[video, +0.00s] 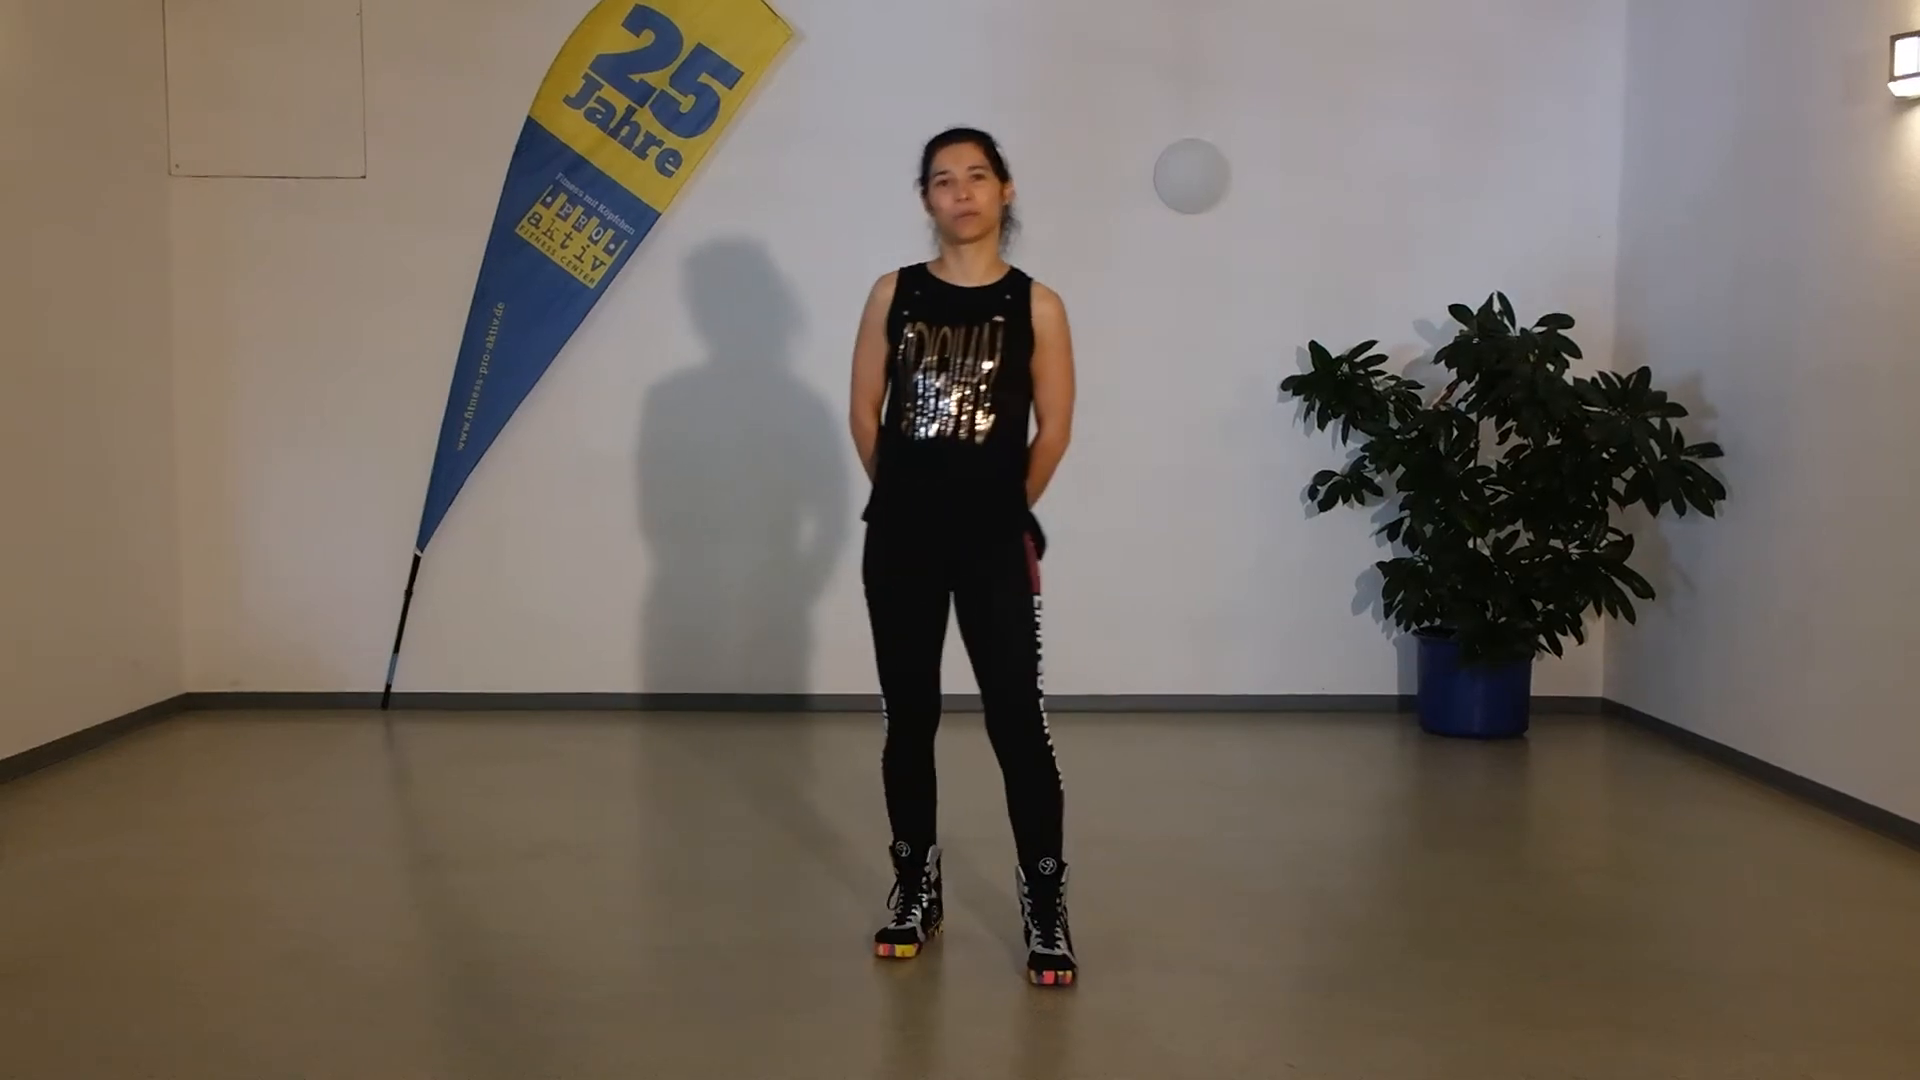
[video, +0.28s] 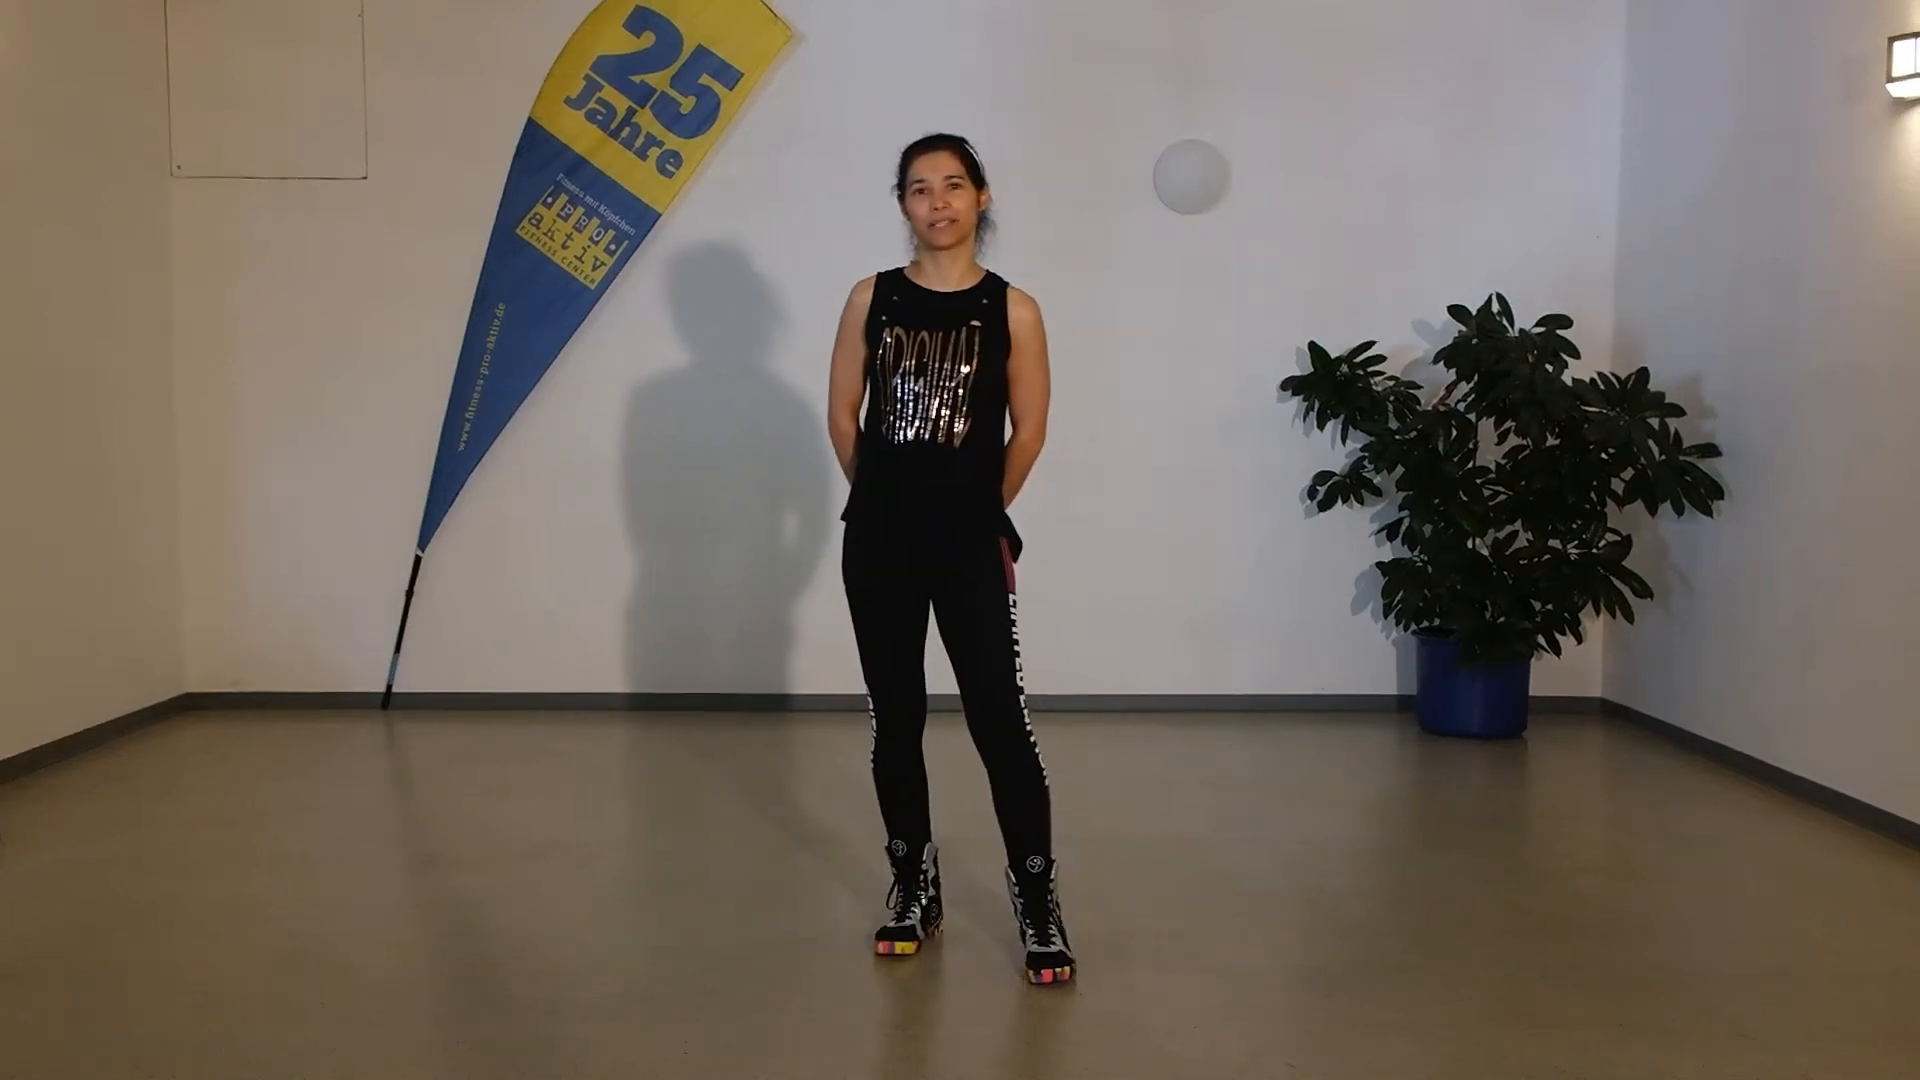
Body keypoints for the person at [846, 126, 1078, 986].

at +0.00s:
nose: (959, 191)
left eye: (975, 177)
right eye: (943, 181)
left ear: (1005, 194)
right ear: (925, 201)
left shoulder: (1036, 303)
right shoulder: (893, 293)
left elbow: (1055, 426)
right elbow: (864, 416)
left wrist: (1013, 510)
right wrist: (894, 494)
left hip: (993, 531)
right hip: (902, 529)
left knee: (1017, 724)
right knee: (908, 719)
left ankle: (1046, 910)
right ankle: (913, 893)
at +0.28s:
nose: (936, 200)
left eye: (951, 185)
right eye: (919, 189)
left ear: (980, 200)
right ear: (902, 206)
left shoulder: (1013, 309)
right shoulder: (872, 298)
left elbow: (1030, 433)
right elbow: (842, 421)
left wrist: (983, 515)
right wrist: (876, 500)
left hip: (971, 539)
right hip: (879, 535)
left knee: (999, 721)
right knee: (895, 719)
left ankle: (1037, 903)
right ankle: (912, 884)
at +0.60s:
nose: (924, 200)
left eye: (938, 185)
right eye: (907, 191)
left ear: (968, 198)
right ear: (891, 211)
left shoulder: (1006, 307)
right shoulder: (862, 302)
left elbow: (1019, 428)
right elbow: (829, 418)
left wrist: (975, 501)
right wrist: (866, 503)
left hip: (970, 536)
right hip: (880, 537)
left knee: (1000, 720)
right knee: (896, 720)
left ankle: (991, 904)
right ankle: (913, 888)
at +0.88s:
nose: (922, 201)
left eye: (936, 186)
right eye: (904, 192)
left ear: (964, 198)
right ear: (888, 211)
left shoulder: (1001, 307)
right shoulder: (861, 301)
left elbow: (1012, 431)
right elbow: (822, 422)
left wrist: (968, 502)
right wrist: (860, 517)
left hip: (971, 535)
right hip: (883, 536)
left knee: (1007, 717)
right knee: (901, 720)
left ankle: (993, 902)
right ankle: (915, 886)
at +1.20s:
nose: (916, 199)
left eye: (929, 184)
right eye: (897, 190)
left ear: (957, 198)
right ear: (879, 210)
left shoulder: (996, 305)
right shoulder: (851, 305)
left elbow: (1014, 427)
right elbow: (821, 427)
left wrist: (975, 503)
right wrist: (860, 512)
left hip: (972, 533)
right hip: (882, 536)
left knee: (1012, 719)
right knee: (900, 720)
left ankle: (997, 904)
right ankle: (915, 888)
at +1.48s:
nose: (911, 200)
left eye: (924, 185)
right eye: (893, 189)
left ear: (950, 198)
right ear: (873, 207)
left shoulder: (992, 303)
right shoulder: (846, 307)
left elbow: (1019, 425)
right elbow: (824, 432)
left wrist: (982, 508)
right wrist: (864, 510)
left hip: (970, 534)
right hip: (879, 538)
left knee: (1004, 719)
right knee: (899, 721)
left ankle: (1014, 897)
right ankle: (914, 886)